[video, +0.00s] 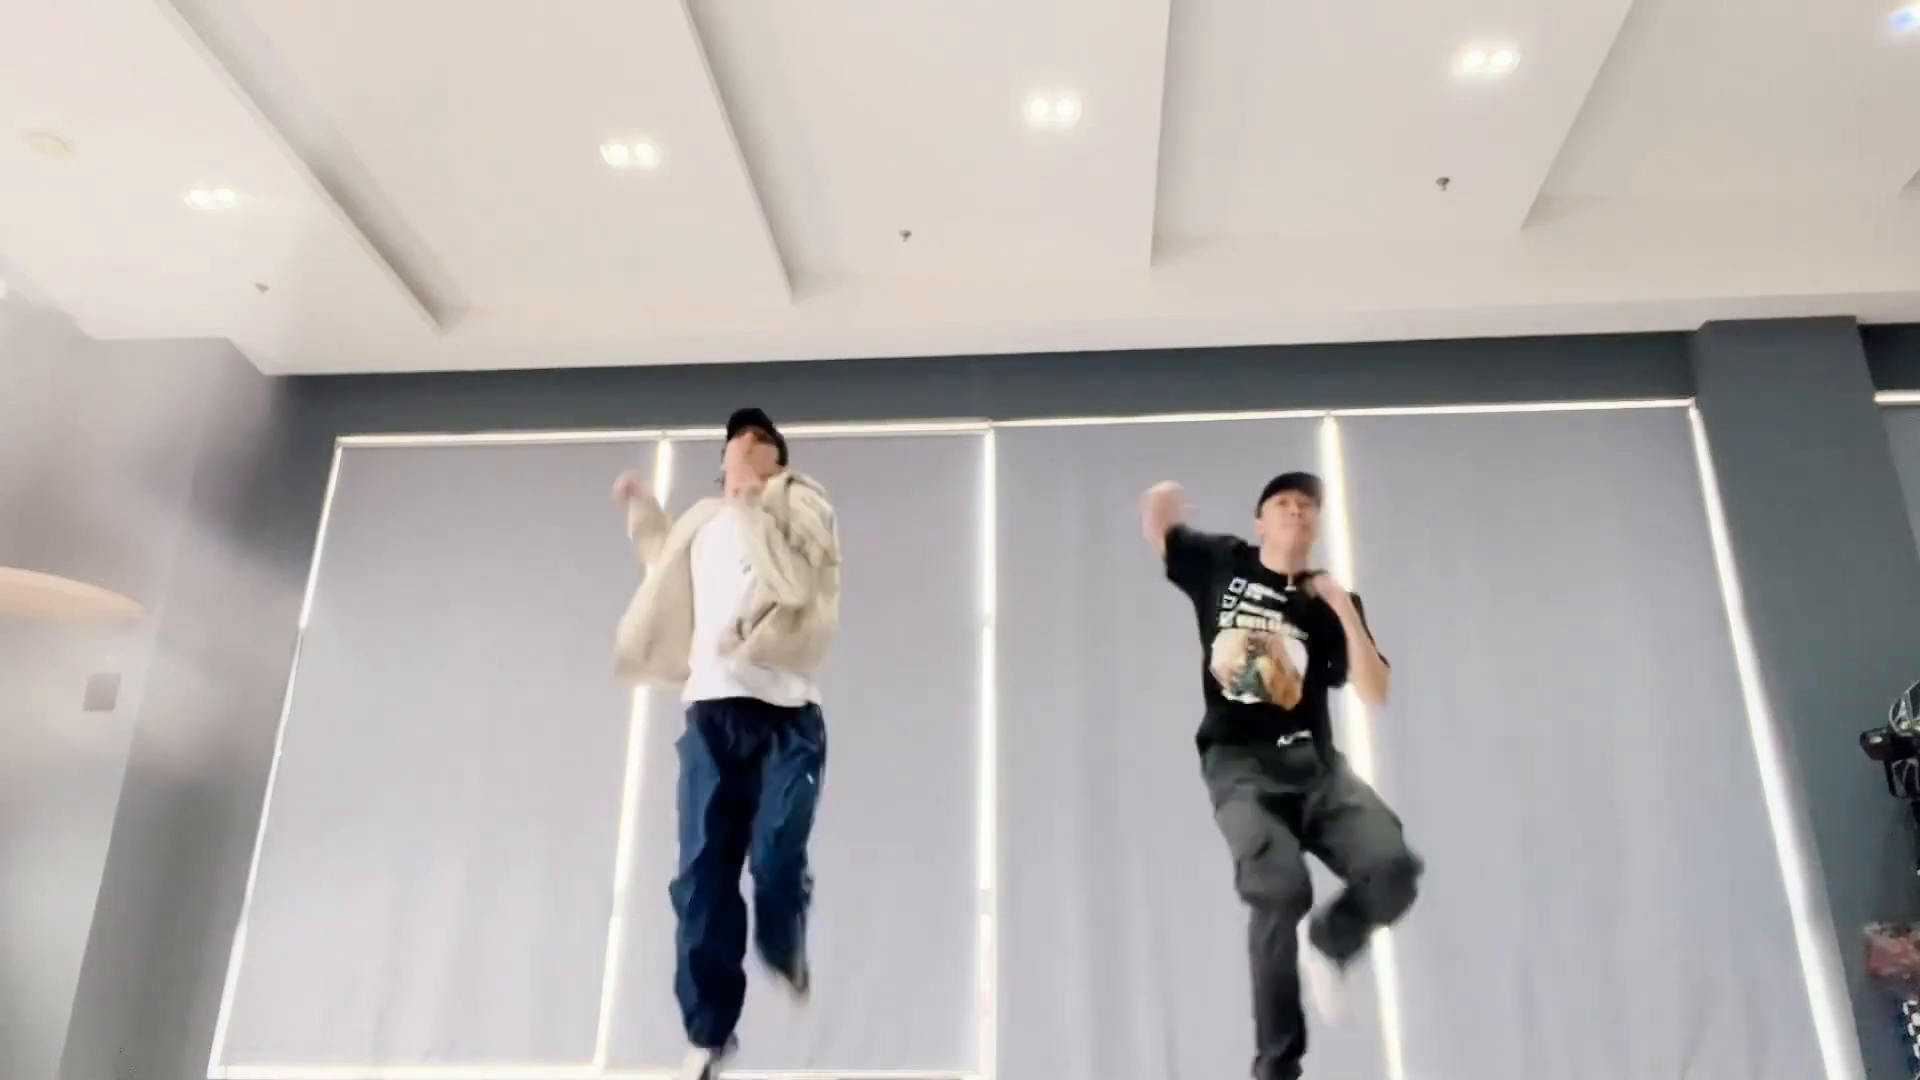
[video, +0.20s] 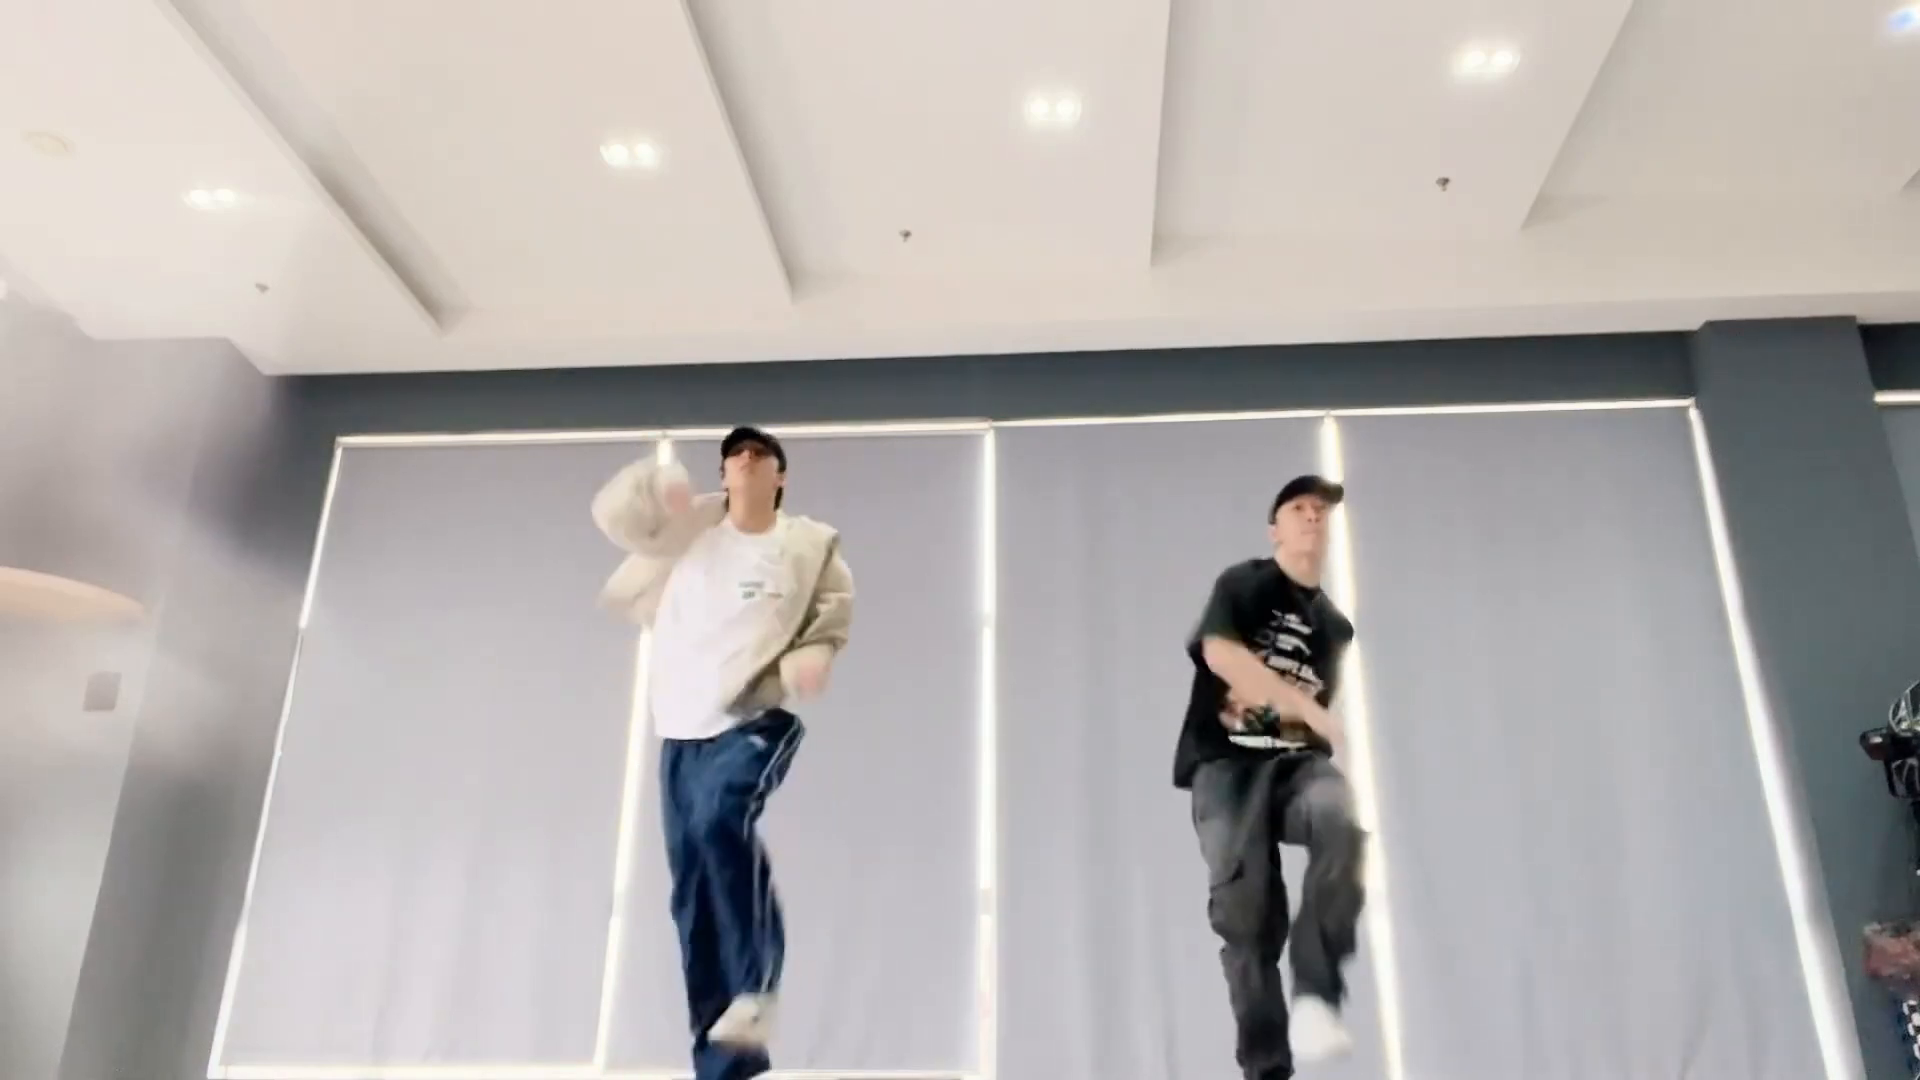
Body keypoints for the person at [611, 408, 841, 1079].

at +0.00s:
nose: (742, 456)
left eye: (755, 446)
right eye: (734, 446)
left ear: (778, 460)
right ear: (723, 459)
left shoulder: (805, 507)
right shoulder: (703, 517)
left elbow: (800, 587)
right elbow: (672, 575)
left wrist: (755, 509)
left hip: (787, 712)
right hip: (711, 710)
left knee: (777, 857)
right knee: (701, 874)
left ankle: (784, 956)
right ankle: (709, 1033)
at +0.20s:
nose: (747, 465)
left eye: (760, 458)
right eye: (737, 457)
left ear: (781, 479)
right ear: (723, 475)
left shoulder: (807, 543)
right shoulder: (690, 532)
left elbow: (832, 615)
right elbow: (612, 515)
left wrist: (812, 654)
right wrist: (656, 492)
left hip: (753, 724)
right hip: (682, 736)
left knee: (714, 820)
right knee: (694, 896)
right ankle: (718, 1058)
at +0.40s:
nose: (743, 479)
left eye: (755, 471)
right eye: (732, 473)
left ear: (778, 493)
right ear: (716, 495)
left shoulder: (810, 571)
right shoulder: (684, 544)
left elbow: (837, 650)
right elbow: (687, 626)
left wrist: (840, 687)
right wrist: (716, 702)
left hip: (737, 753)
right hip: (665, 749)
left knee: (676, 904)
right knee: (661, 914)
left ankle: (682, 1065)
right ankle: (720, 1064)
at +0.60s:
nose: (755, 458)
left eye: (764, 449)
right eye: (740, 455)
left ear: (783, 465)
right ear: (721, 476)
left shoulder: (805, 518)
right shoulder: (676, 521)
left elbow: (716, 504)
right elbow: (655, 615)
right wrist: (696, 680)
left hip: (737, 726)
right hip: (662, 723)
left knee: (708, 898)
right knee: (661, 900)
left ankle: (689, 1067)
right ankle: (711, 1061)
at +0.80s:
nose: (691, 500)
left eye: (701, 484)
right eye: (683, 490)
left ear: (734, 479)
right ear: (679, 495)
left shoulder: (785, 527)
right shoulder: (686, 551)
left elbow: (797, 548)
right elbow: (659, 625)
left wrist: (690, 521)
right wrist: (666, 686)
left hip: (737, 724)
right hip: (697, 723)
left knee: (665, 875)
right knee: (645, 878)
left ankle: (705, 1054)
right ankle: (679, 1052)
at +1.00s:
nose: (692, 488)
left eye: (703, 475)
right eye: (681, 484)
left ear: (731, 479)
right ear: (670, 497)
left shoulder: (769, 518)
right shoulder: (671, 551)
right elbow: (660, 637)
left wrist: (627, 523)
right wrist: (678, 703)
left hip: (752, 737)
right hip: (710, 741)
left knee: (634, 870)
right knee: (620, 882)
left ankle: (663, 1058)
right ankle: (715, 1048)